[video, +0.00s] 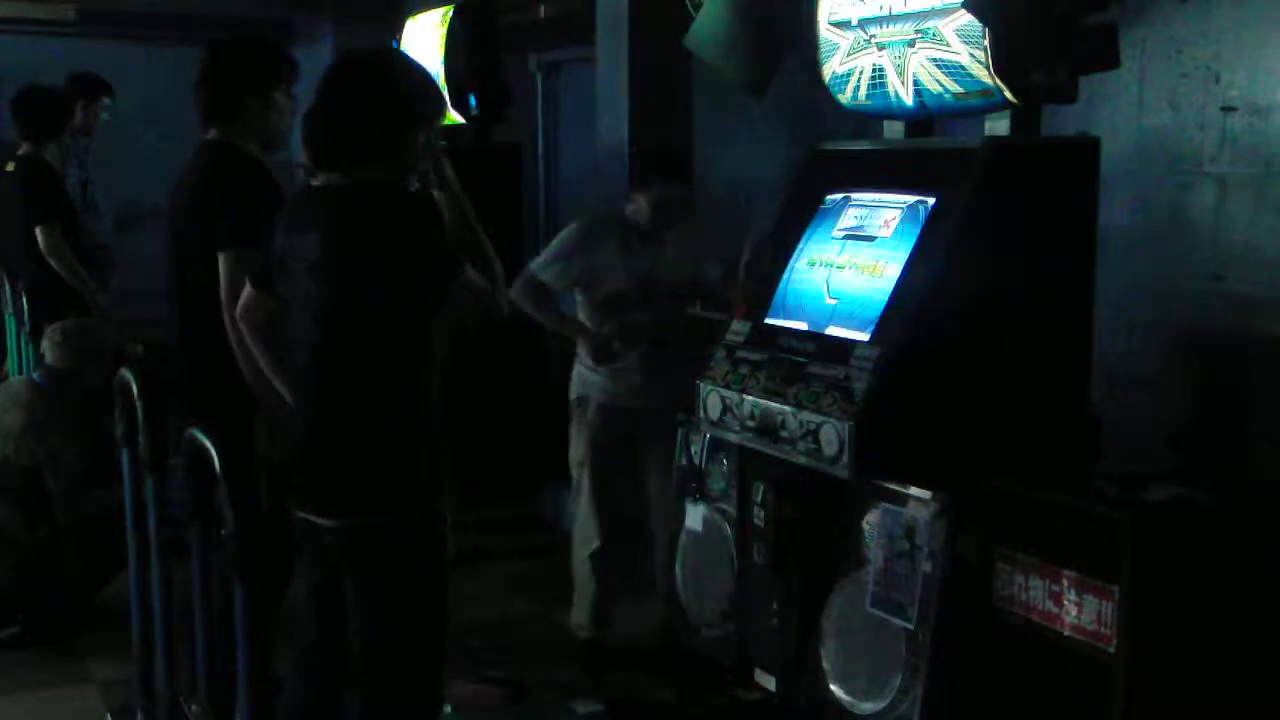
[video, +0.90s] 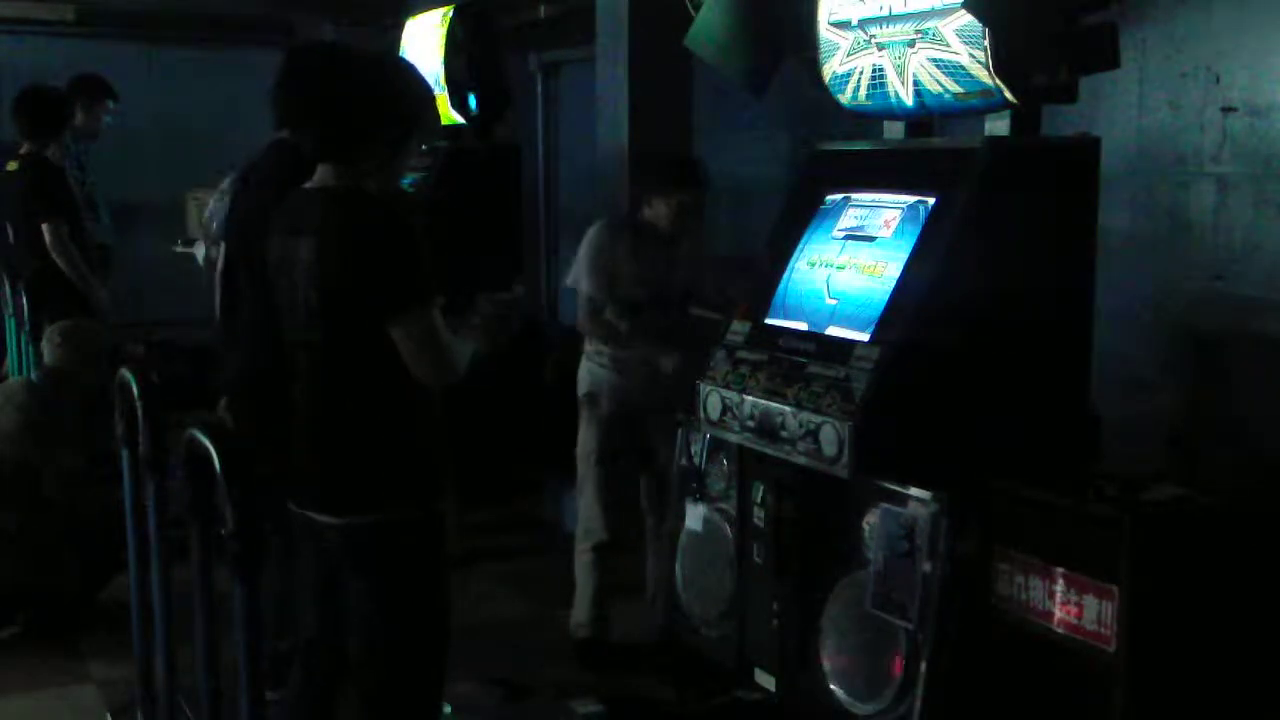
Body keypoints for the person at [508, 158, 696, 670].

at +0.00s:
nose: (664, 215)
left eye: (673, 205)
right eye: (656, 203)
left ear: (683, 205)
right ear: (635, 197)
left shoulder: (682, 246)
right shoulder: (592, 235)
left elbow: (712, 306)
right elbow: (527, 290)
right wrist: (584, 334)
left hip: (662, 396)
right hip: (601, 395)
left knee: (666, 514)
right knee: (597, 517)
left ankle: (667, 630)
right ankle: (591, 632)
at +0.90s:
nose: (680, 217)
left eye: (687, 207)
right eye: (674, 205)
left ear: (690, 207)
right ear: (650, 199)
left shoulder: (684, 247)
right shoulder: (606, 238)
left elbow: (694, 314)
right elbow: (590, 321)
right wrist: (654, 347)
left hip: (663, 385)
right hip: (608, 385)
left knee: (665, 510)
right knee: (599, 514)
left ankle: (664, 621)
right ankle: (589, 626)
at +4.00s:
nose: (585, 204)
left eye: (592, 195)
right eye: (581, 195)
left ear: (618, 192)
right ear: (582, 193)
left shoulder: (653, 242)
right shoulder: (587, 233)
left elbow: (672, 313)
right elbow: (575, 296)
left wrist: (641, 368)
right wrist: (574, 351)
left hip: (641, 388)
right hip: (593, 384)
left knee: (651, 503)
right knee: (591, 497)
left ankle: (660, 607)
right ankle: (603, 593)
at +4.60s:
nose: (577, 221)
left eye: (581, 210)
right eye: (573, 211)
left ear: (606, 199)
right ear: (590, 207)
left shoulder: (652, 241)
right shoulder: (608, 242)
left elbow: (671, 325)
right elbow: (613, 318)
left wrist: (646, 392)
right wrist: (608, 379)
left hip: (655, 388)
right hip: (618, 384)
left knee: (644, 500)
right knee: (599, 494)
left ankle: (651, 602)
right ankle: (607, 592)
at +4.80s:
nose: (578, 219)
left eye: (582, 207)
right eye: (574, 209)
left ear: (607, 199)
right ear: (591, 206)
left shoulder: (655, 240)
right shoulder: (608, 241)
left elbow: (680, 320)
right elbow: (613, 318)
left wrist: (681, 397)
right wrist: (606, 378)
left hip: (655, 385)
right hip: (617, 379)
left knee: (644, 495)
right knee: (607, 492)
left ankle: (652, 598)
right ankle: (631, 584)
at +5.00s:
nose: (579, 215)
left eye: (583, 204)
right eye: (574, 206)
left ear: (608, 195)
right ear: (588, 204)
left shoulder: (653, 237)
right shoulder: (606, 239)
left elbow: (685, 312)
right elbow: (615, 313)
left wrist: (691, 385)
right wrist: (609, 369)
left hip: (654, 380)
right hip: (617, 375)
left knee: (644, 491)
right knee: (613, 489)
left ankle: (653, 600)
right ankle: (632, 588)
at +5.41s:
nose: (580, 215)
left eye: (584, 203)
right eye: (576, 206)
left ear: (607, 193)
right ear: (592, 202)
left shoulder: (650, 233)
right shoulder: (611, 235)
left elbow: (680, 306)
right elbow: (622, 307)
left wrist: (688, 379)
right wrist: (612, 361)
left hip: (650, 375)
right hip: (617, 371)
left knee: (641, 486)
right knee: (616, 484)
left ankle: (653, 598)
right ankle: (633, 586)